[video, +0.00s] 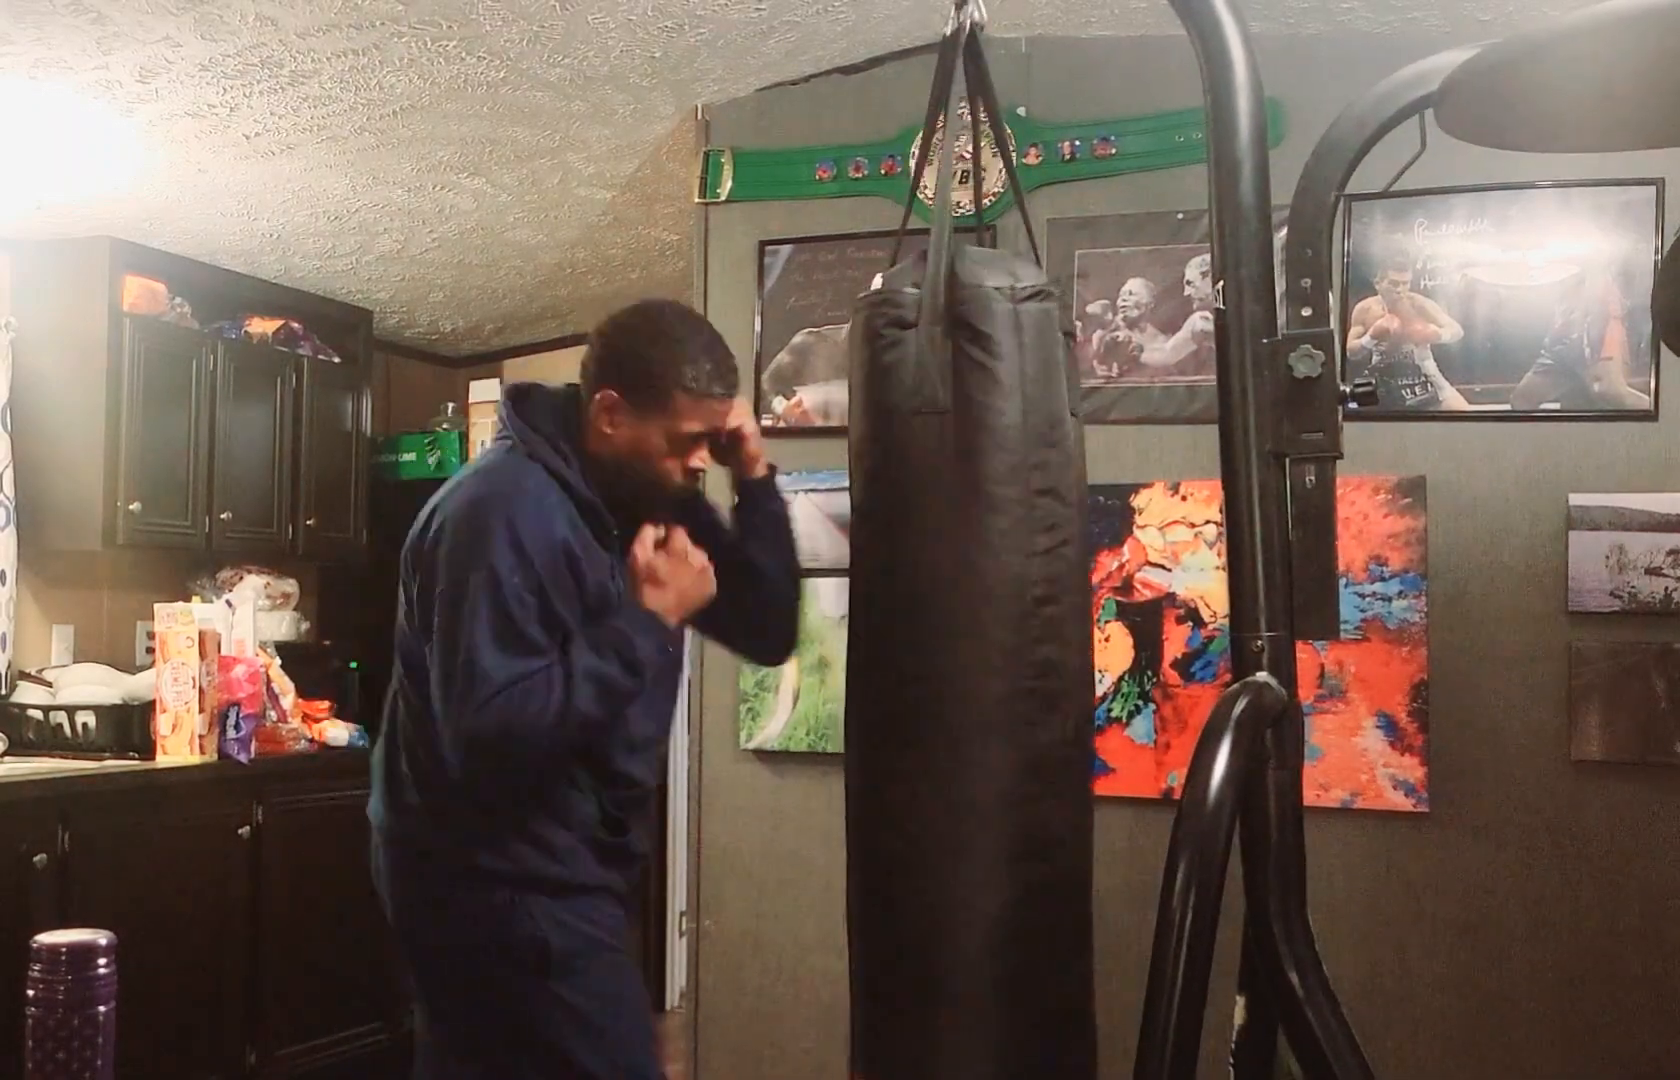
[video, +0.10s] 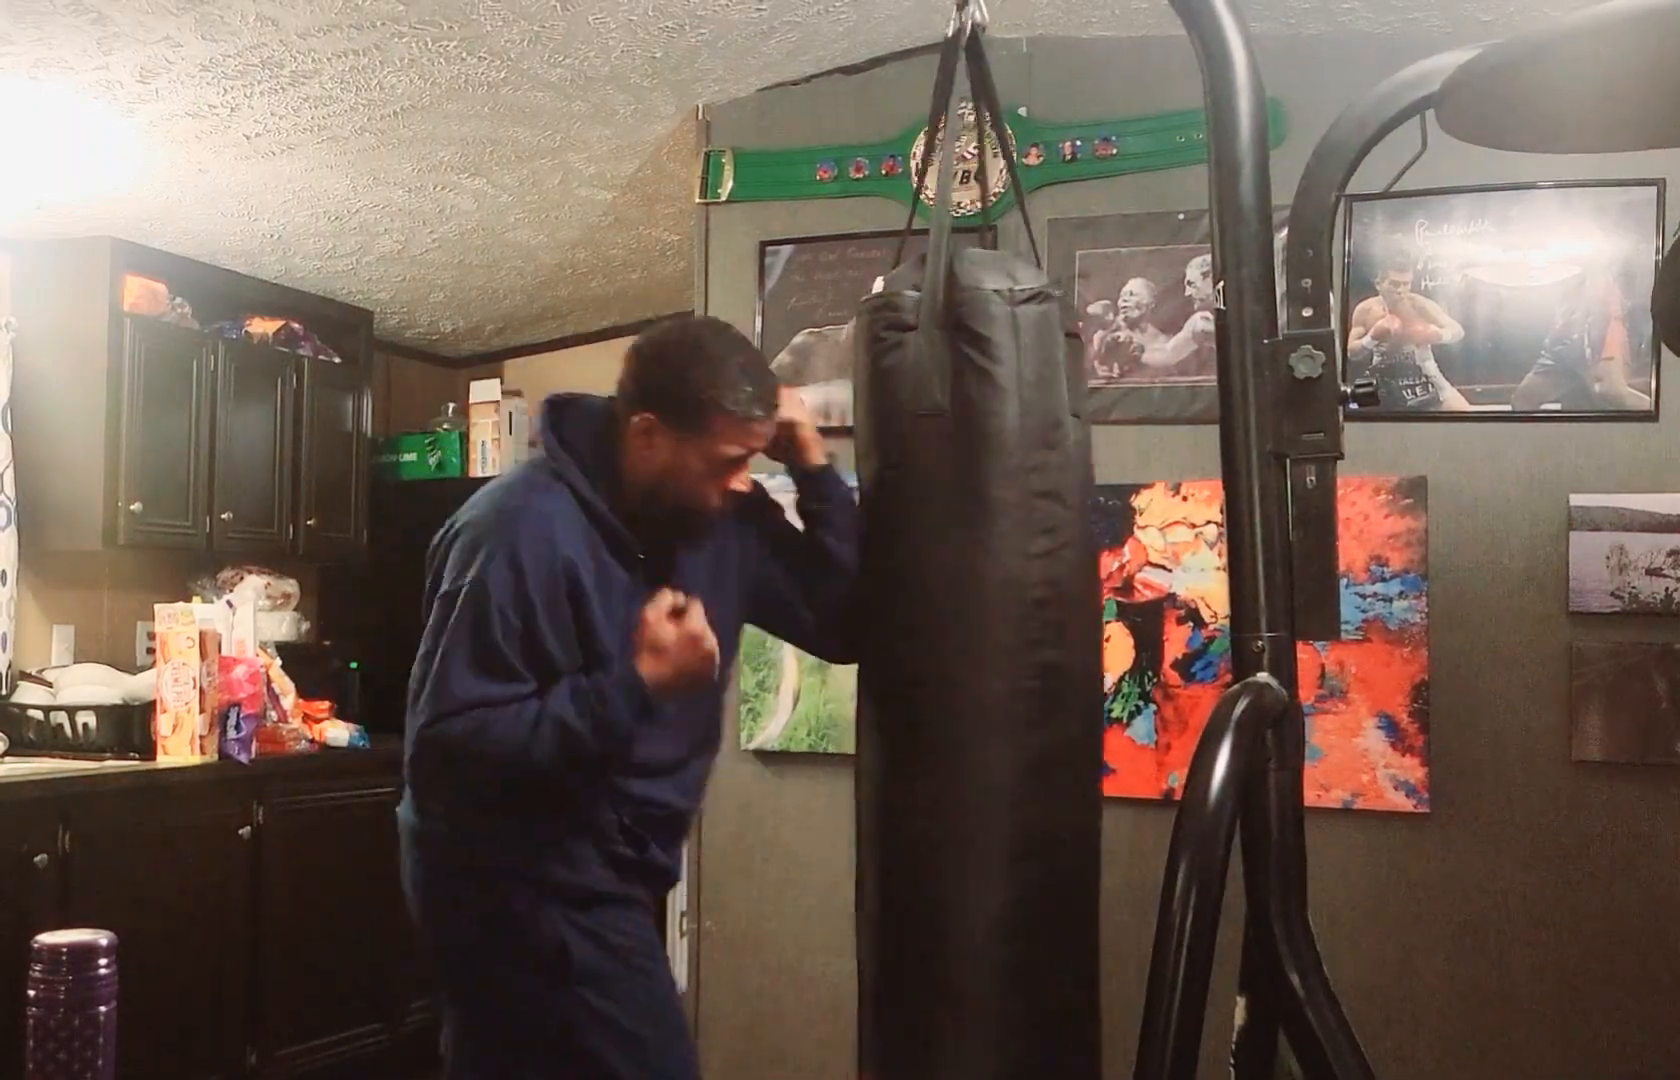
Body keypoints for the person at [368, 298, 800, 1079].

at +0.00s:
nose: (700, 466)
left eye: (709, 443)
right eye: (684, 443)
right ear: (609, 415)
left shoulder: (624, 497)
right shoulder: (497, 512)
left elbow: (765, 634)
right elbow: (488, 728)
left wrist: (752, 471)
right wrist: (651, 620)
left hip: (566, 871)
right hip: (501, 885)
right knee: (611, 1062)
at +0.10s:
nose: (740, 487)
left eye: (748, 465)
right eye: (725, 465)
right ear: (646, 435)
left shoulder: (715, 518)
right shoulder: (517, 532)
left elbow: (845, 628)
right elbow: (445, 748)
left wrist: (815, 473)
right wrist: (638, 685)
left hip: (614, 887)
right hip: (528, 898)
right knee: (649, 1065)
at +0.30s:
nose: (822, 477)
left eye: (829, 457)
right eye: (810, 454)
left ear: (737, 432)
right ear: (736, 428)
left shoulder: (747, 518)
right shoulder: (602, 519)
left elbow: (847, 627)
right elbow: (454, 702)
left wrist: (852, 497)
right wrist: (643, 779)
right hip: (561, 886)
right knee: (693, 1064)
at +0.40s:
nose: (840, 441)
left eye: (848, 420)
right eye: (835, 416)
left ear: (761, 396)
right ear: (767, 397)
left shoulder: (633, 455)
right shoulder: (699, 484)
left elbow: (760, 620)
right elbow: (580, 673)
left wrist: (814, 498)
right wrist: (780, 723)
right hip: (598, 875)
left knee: (505, 1066)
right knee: (684, 1064)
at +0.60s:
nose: (817, 423)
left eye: (829, 402)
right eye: (820, 397)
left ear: (746, 356)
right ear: (765, 368)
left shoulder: (589, 430)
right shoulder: (745, 465)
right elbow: (887, 624)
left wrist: (883, 552)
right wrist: (966, 585)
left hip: (464, 827)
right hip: (612, 859)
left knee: (472, 1063)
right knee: (673, 1064)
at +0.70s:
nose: (795, 419)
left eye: (803, 401)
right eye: (797, 395)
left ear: (684, 355)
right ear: (752, 365)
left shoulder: (551, 443)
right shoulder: (709, 459)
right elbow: (860, 647)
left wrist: (785, 505)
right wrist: (852, 530)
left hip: (465, 833)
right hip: (617, 858)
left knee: (471, 1064)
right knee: (671, 1063)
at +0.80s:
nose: (753, 434)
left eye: (762, 419)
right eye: (759, 414)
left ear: (651, 366)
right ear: (725, 373)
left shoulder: (512, 459)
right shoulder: (701, 467)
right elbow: (882, 641)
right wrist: (834, 469)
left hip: (450, 859)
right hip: (615, 878)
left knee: (466, 1066)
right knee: (678, 1064)